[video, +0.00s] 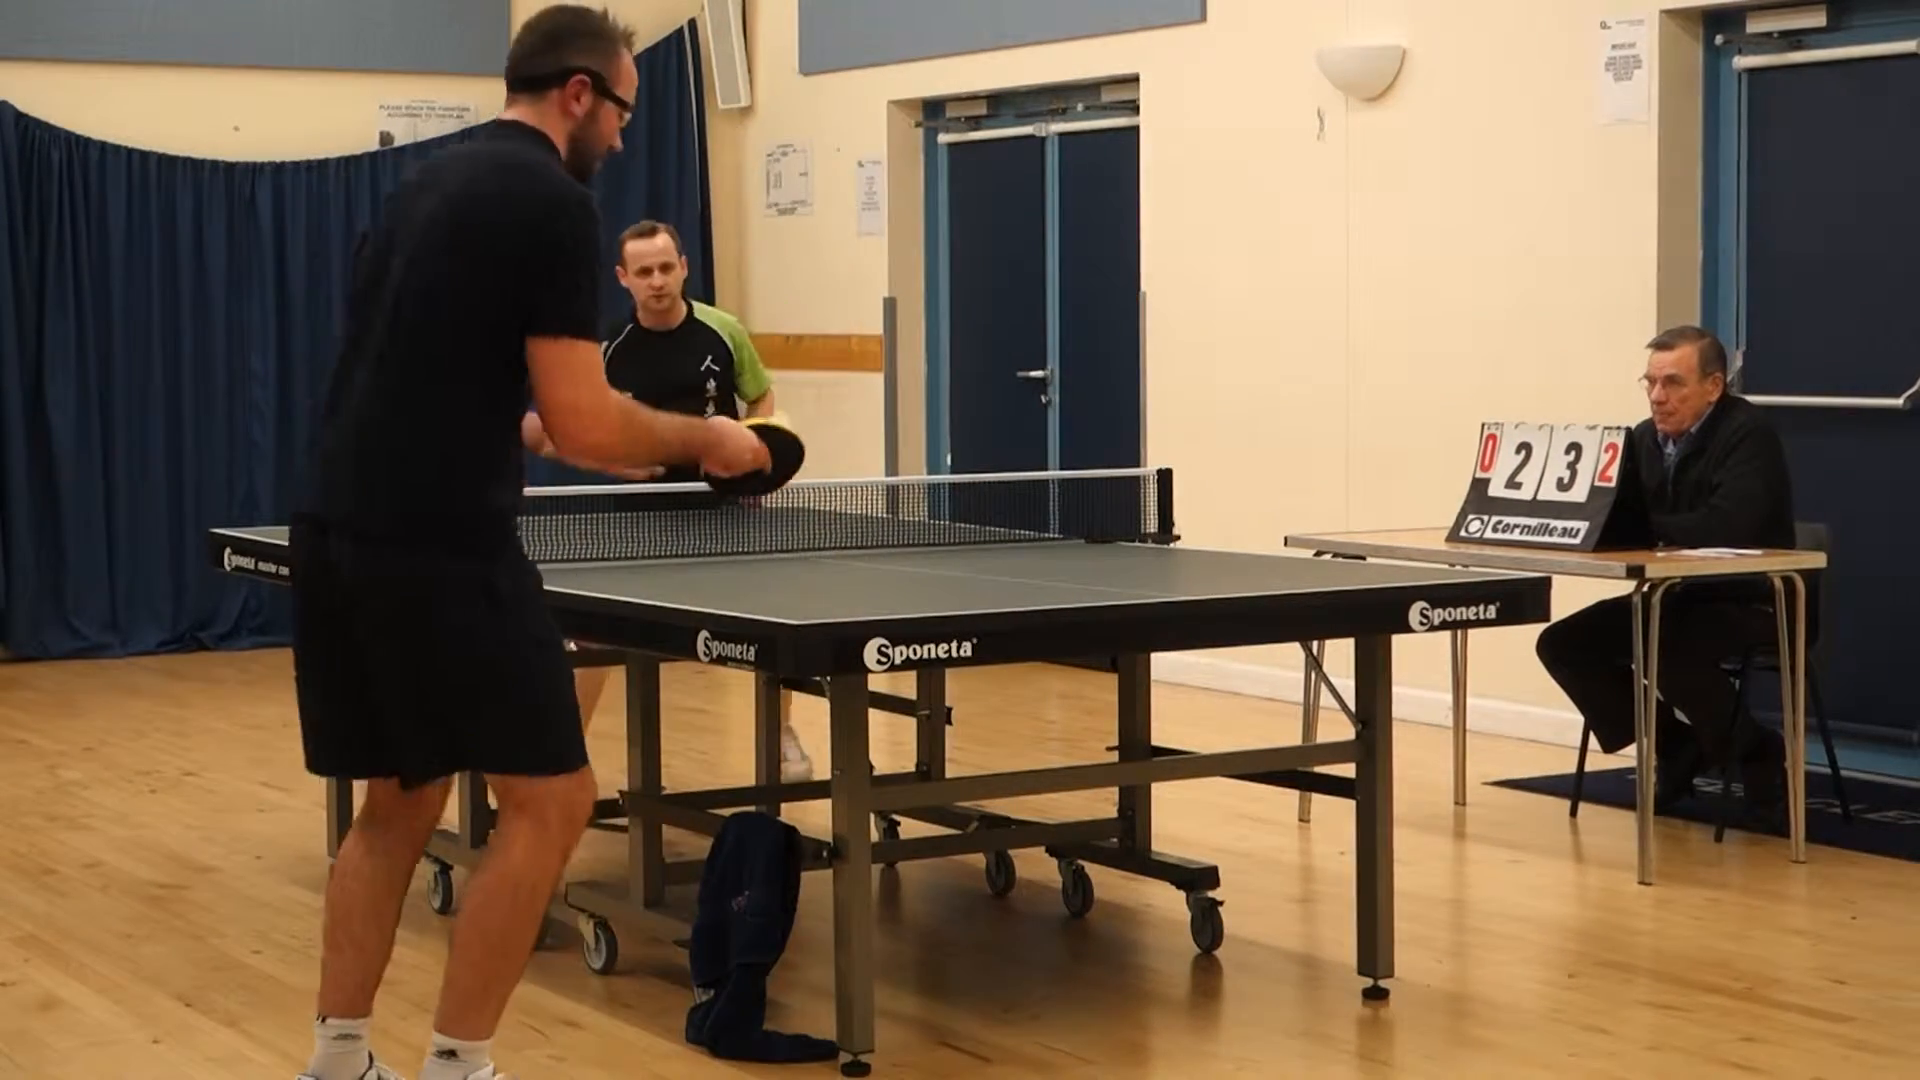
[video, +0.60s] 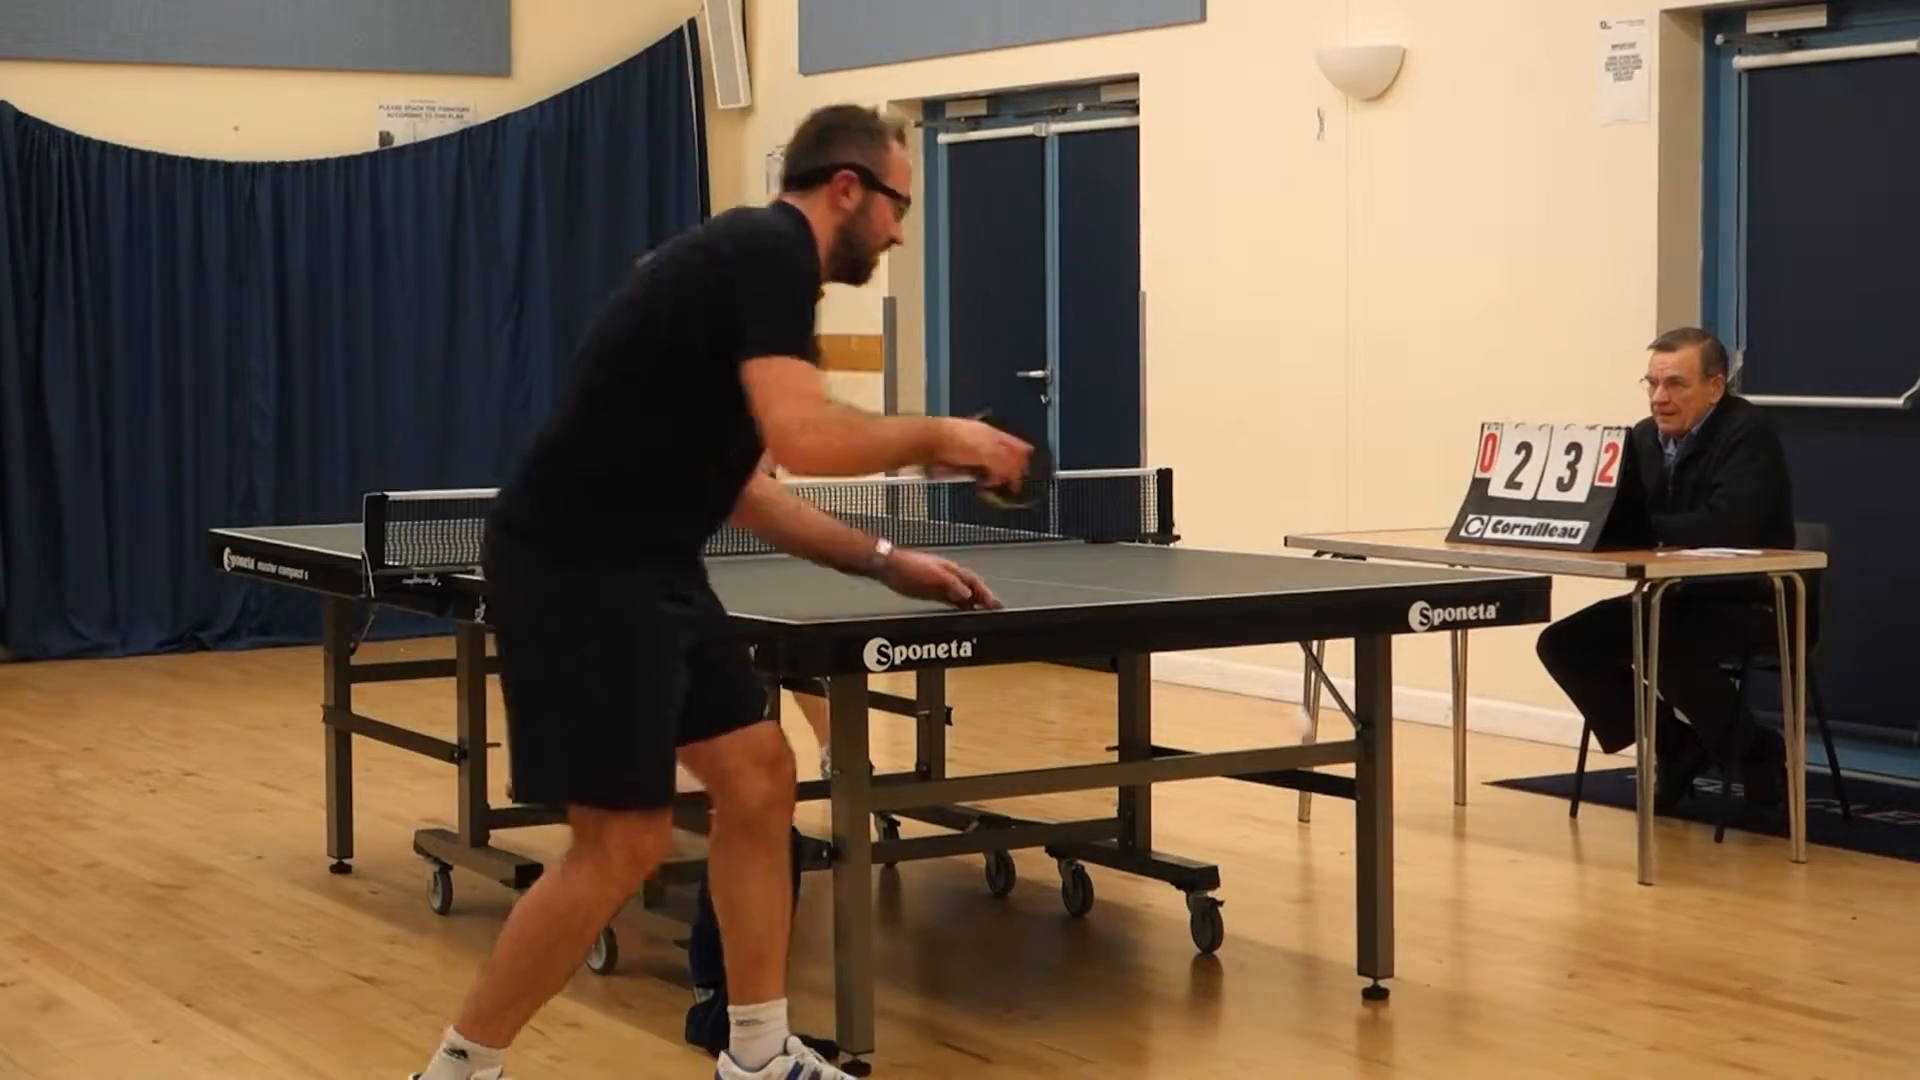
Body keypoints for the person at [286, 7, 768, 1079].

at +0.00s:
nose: (624, 134)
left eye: (628, 114)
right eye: (623, 111)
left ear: (531, 90)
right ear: (579, 94)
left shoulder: (421, 181)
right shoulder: (548, 199)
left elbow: (448, 398)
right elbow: (582, 421)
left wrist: (631, 447)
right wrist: (706, 438)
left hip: (344, 538)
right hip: (452, 550)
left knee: (397, 798)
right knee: (552, 798)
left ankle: (335, 1058)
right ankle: (457, 1063)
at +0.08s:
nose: (648, 140)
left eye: (652, 118)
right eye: (645, 114)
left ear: (566, 99)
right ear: (596, 98)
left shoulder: (463, 185)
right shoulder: (548, 193)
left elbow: (536, 412)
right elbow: (574, 420)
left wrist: (670, 412)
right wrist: (709, 414)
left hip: (368, 537)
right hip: (453, 547)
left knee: (439, 800)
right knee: (546, 809)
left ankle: (345, 1056)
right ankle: (454, 1068)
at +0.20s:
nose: (684, 158)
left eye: (688, 136)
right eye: (680, 133)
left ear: (607, 120)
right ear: (625, 119)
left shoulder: (542, 203)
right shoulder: (555, 209)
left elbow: (574, 405)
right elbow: (574, 417)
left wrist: (700, 384)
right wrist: (712, 379)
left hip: (446, 542)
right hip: (443, 551)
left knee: (578, 759)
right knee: (547, 807)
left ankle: (417, 999)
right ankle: (451, 1064)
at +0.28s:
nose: (716, 168)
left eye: (720, 147)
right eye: (710, 143)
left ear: (645, 135)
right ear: (653, 133)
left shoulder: (603, 232)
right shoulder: (573, 214)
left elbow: (644, 429)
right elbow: (578, 419)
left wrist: (822, 402)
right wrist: (715, 368)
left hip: (497, 543)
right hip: (440, 550)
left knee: (625, 747)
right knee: (549, 824)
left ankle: (519, 1012)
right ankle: (450, 1063)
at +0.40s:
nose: (782, 194)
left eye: (785, 172)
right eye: (777, 169)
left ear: (714, 161)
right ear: (718, 157)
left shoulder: (663, 262)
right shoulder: (625, 230)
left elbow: (706, 449)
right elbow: (597, 425)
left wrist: (887, 427)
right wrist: (754, 396)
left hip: (549, 551)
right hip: (468, 552)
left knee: (668, 763)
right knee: (564, 833)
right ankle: (452, 1071)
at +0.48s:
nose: (829, 202)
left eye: (832, 179)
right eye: (823, 176)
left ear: (757, 169)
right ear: (768, 166)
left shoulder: (697, 269)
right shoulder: (676, 234)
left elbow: (740, 473)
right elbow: (653, 430)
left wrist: (898, 479)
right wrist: (811, 419)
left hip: (590, 558)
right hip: (509, 561)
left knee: (704, 773)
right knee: (584, 836)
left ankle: (745, 1048)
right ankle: (454, 1069)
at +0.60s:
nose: (900, 231)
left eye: (905, 207)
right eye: (898, 202)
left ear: (826, 190)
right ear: (846, 189)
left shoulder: (734, 266)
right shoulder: (768, 245)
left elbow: (744, 491)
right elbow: (798, 432)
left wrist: (888, 561)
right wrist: (940, 435)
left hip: (650, 565)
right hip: (573, 564)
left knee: (758, 773)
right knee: (622, 842)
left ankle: (758, 1052)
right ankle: (455, 1064)